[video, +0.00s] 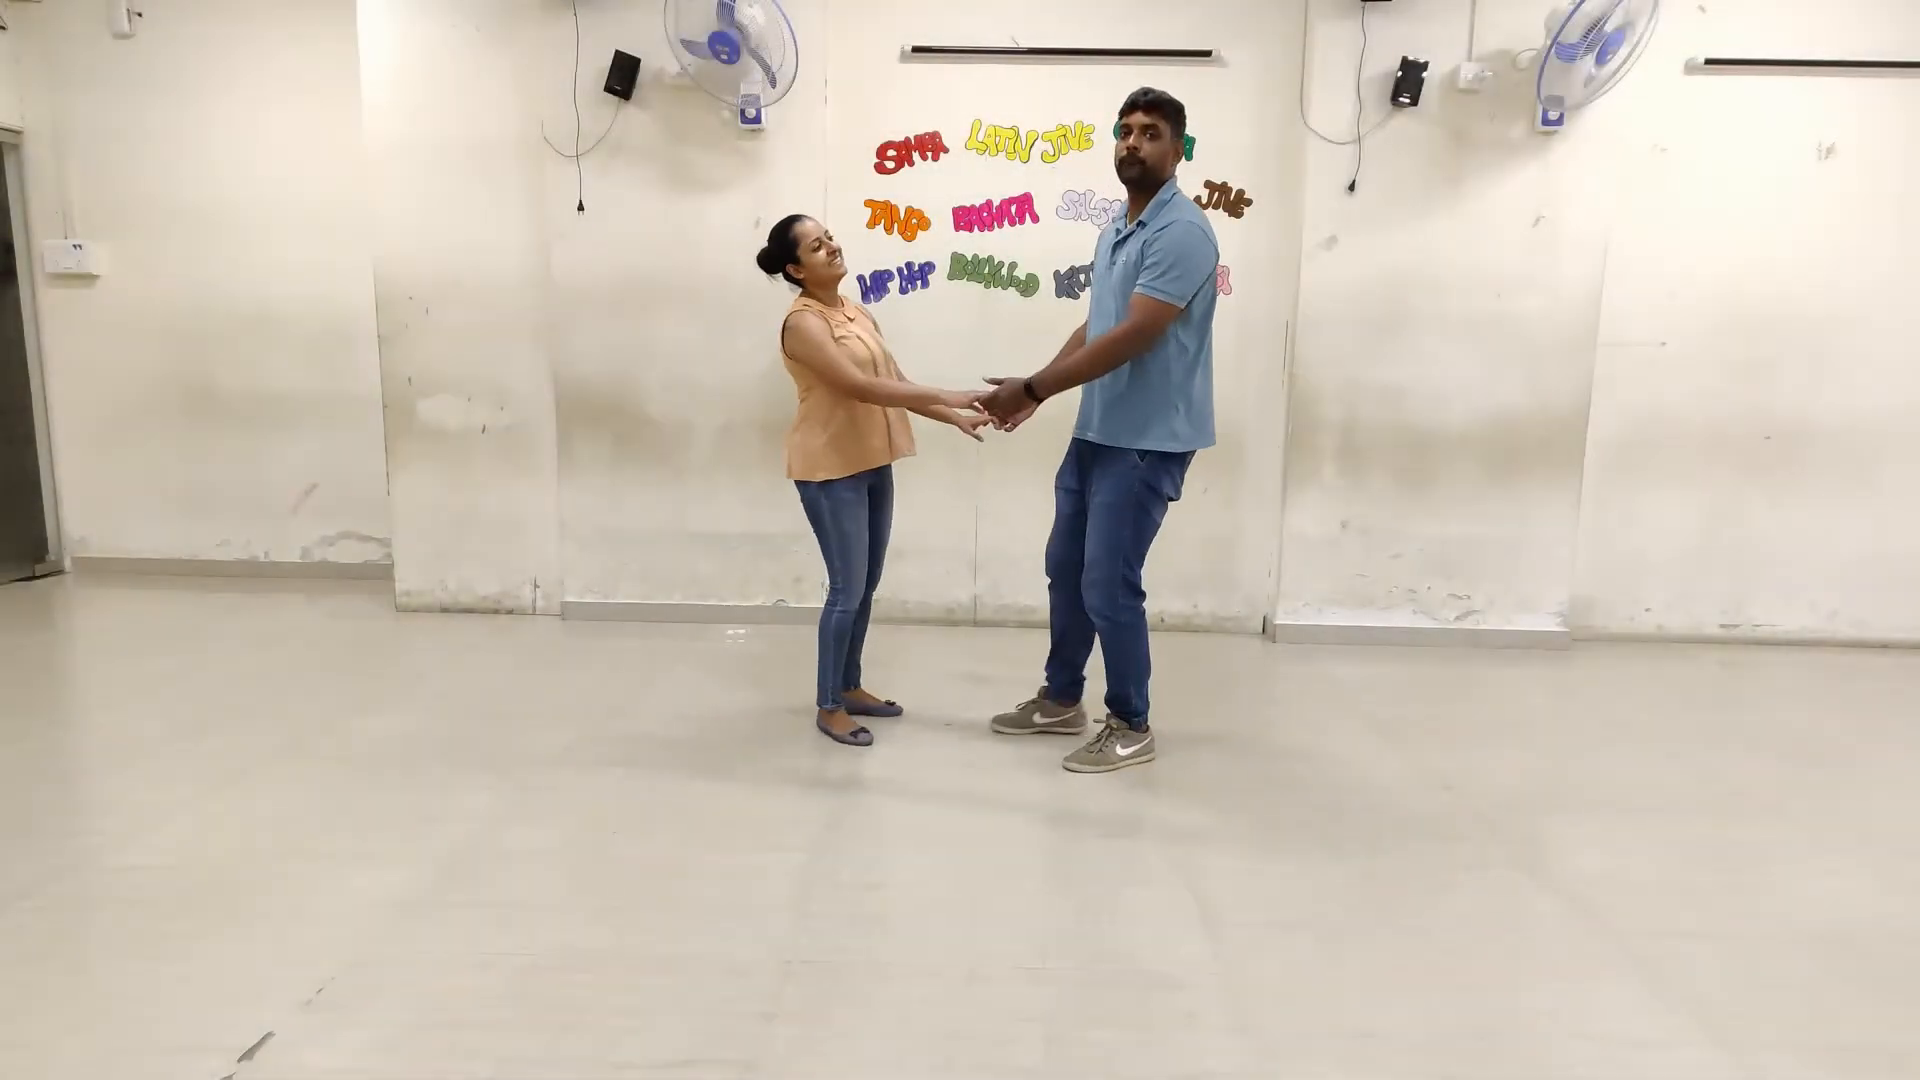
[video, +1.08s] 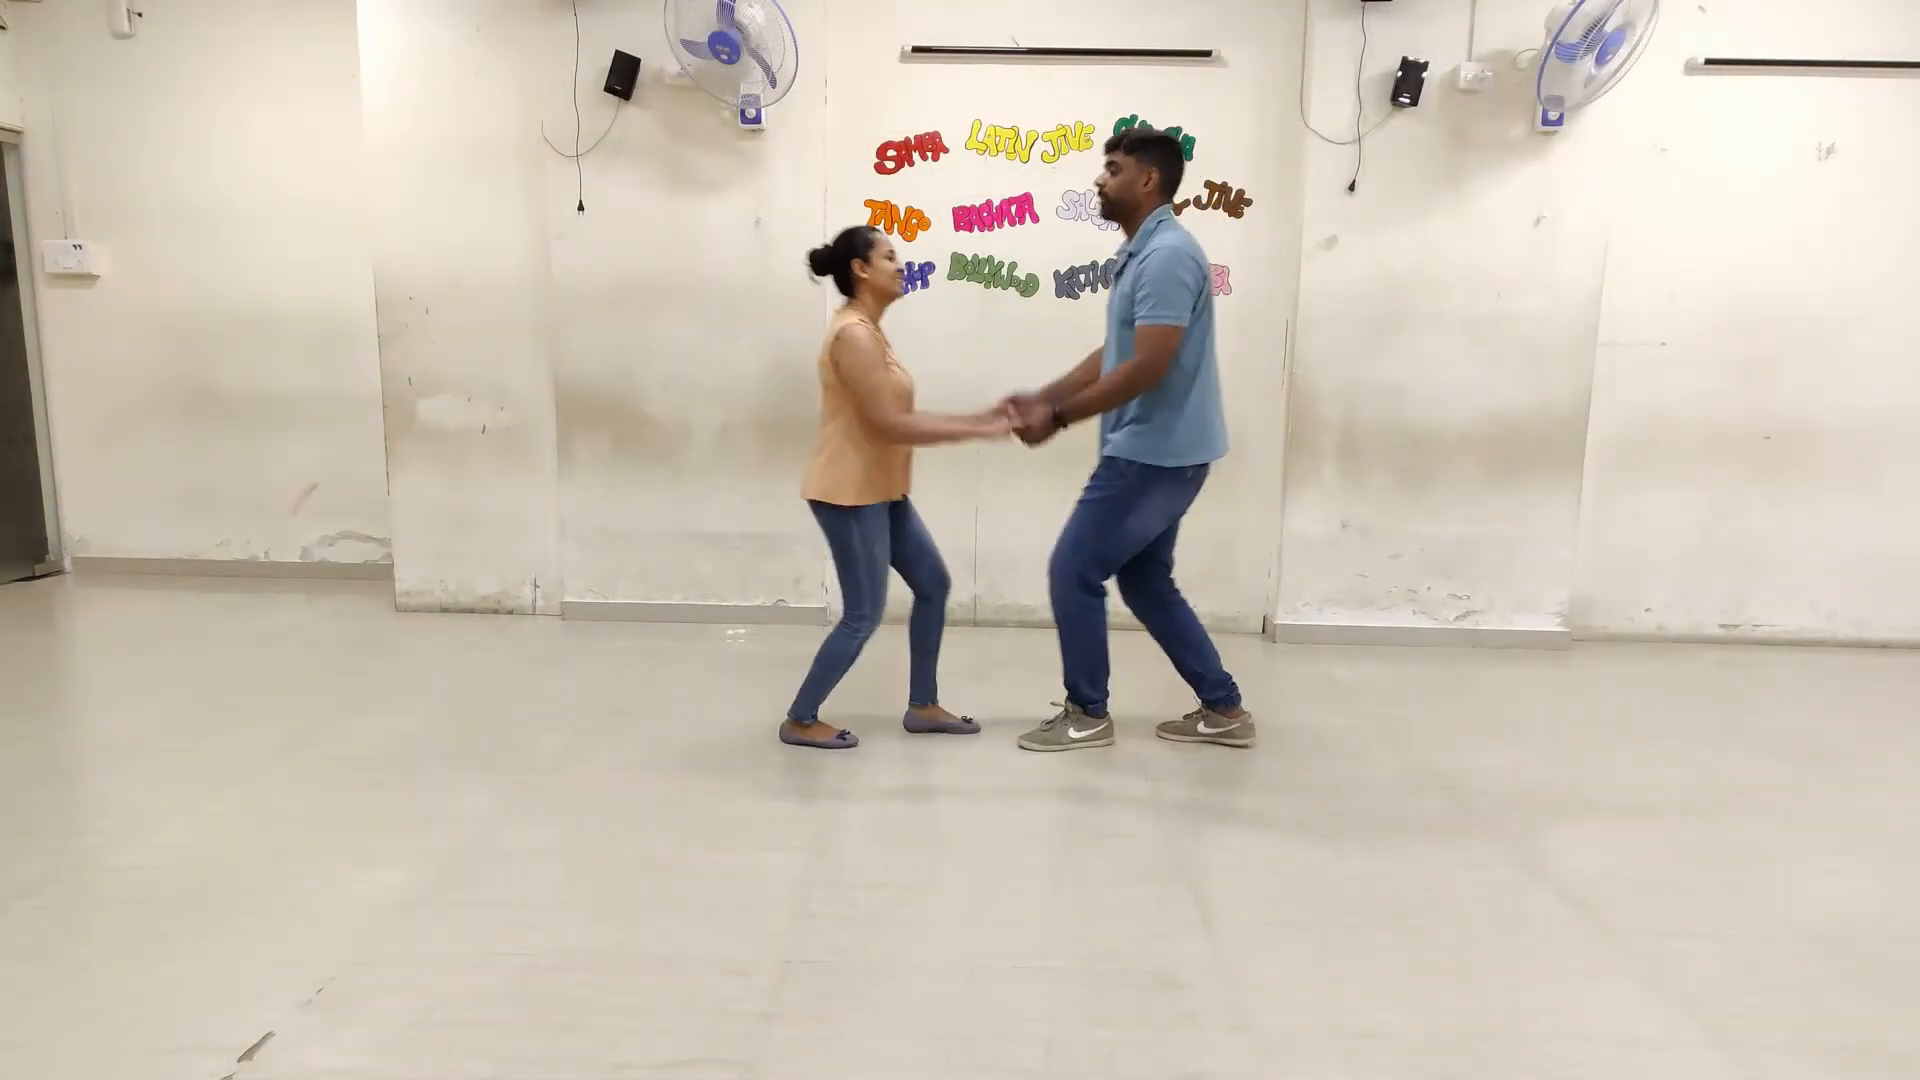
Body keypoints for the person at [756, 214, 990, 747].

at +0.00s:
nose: (833, 247)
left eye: (830, 238)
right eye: (817, 246)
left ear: (836, 248)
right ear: (795, 269)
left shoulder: (856, 313)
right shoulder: (802, 324)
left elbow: (896, 386)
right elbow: (858, 387)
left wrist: (955, 411)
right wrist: (947, 402)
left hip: (873, 466)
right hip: (830, 473)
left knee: (864, 586)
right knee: (846, 589)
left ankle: (849, 689)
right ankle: (828, 708)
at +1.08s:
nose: (900, 267)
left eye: (896, 258)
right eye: (889, 259)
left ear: (865, 272)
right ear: (860, 271)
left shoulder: (871, 332)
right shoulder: (853, 334)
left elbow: (903, 418)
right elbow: (889, 422)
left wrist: (981, 420)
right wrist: (977, 429)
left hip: (882, 493)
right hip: (849, 496)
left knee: (933, 584)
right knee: (863, 614)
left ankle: (923, 706)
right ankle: (799, 719)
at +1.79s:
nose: (903, 266)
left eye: (900, 256)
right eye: (895, 257)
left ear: (863, 264)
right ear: (868, 263)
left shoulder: (851, 319)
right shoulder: (857, 322)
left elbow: (898, 393)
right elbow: (913, 397)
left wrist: (950, 374)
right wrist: (999, 376)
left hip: (871, 484)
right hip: (853, 486)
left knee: (907, 588)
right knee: (862, 613)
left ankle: (924, 707)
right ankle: (779, 721)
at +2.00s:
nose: (845, 270)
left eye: (843, 261)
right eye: (839, 262)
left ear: (802, 267)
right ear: (812, 268)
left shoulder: (772, 323)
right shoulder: (821, 326)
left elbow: (800, 398)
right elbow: (904, 374)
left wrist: (862, 416)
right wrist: (984, 353)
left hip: (780, 480)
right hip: (803, 486)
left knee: (852, 580)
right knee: (811, 614)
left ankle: (868, 706)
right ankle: (763, 741)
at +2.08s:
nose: (830, 265)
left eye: (828, 254)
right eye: (824, 256)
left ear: (779, 263)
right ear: (800, 262)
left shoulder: (747, 320)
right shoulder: (818, 315)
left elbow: (736, 405)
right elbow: (905, 348)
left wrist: (816, 424)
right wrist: (986, 319)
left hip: (751, 474)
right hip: (797, 475)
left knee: (823, 576)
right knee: (794, 608)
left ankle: (803, 702)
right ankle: (763, 739)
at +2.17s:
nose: (828, 264)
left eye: (825, 254)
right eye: (823, 256)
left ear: (777, 266)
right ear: (802, 263)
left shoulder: (743, 321)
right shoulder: (819, 314)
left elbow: (713, 400)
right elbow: (910, 344)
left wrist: (763, 423)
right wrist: (991, 319)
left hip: (743, 475)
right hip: (796, 476)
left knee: (792, 592)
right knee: (789, 609)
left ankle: (780, 704)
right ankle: (764, 741)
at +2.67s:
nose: (962, 271)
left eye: (958, 262)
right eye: (953, 264)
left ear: (919, 277)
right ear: (927, 275)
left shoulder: (894, 323)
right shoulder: (933, 325)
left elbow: (905, 390)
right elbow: (998, 374)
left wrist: (959, 404)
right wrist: (1043, 303)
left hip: (877, 478)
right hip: (921, 483)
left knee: (875, 583)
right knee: (969, 584)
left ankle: (801, 675)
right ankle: (956, 696)